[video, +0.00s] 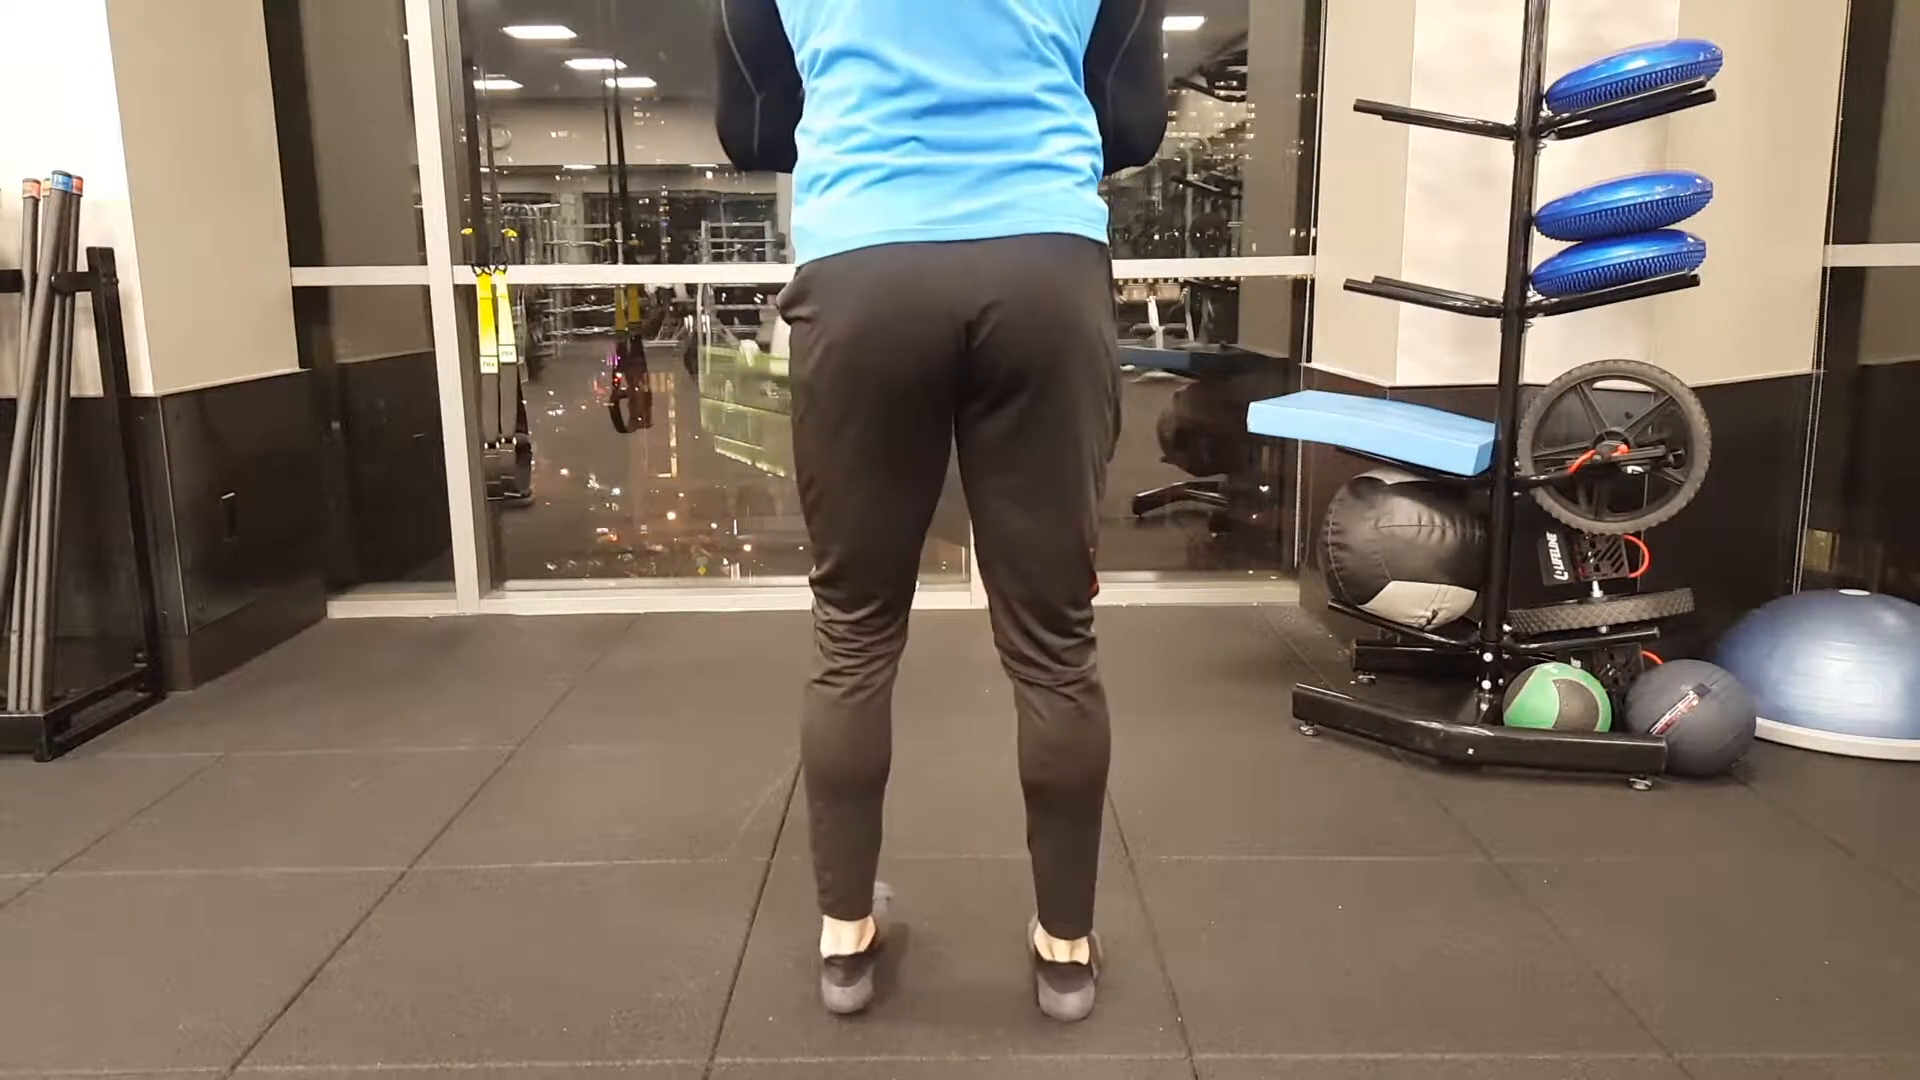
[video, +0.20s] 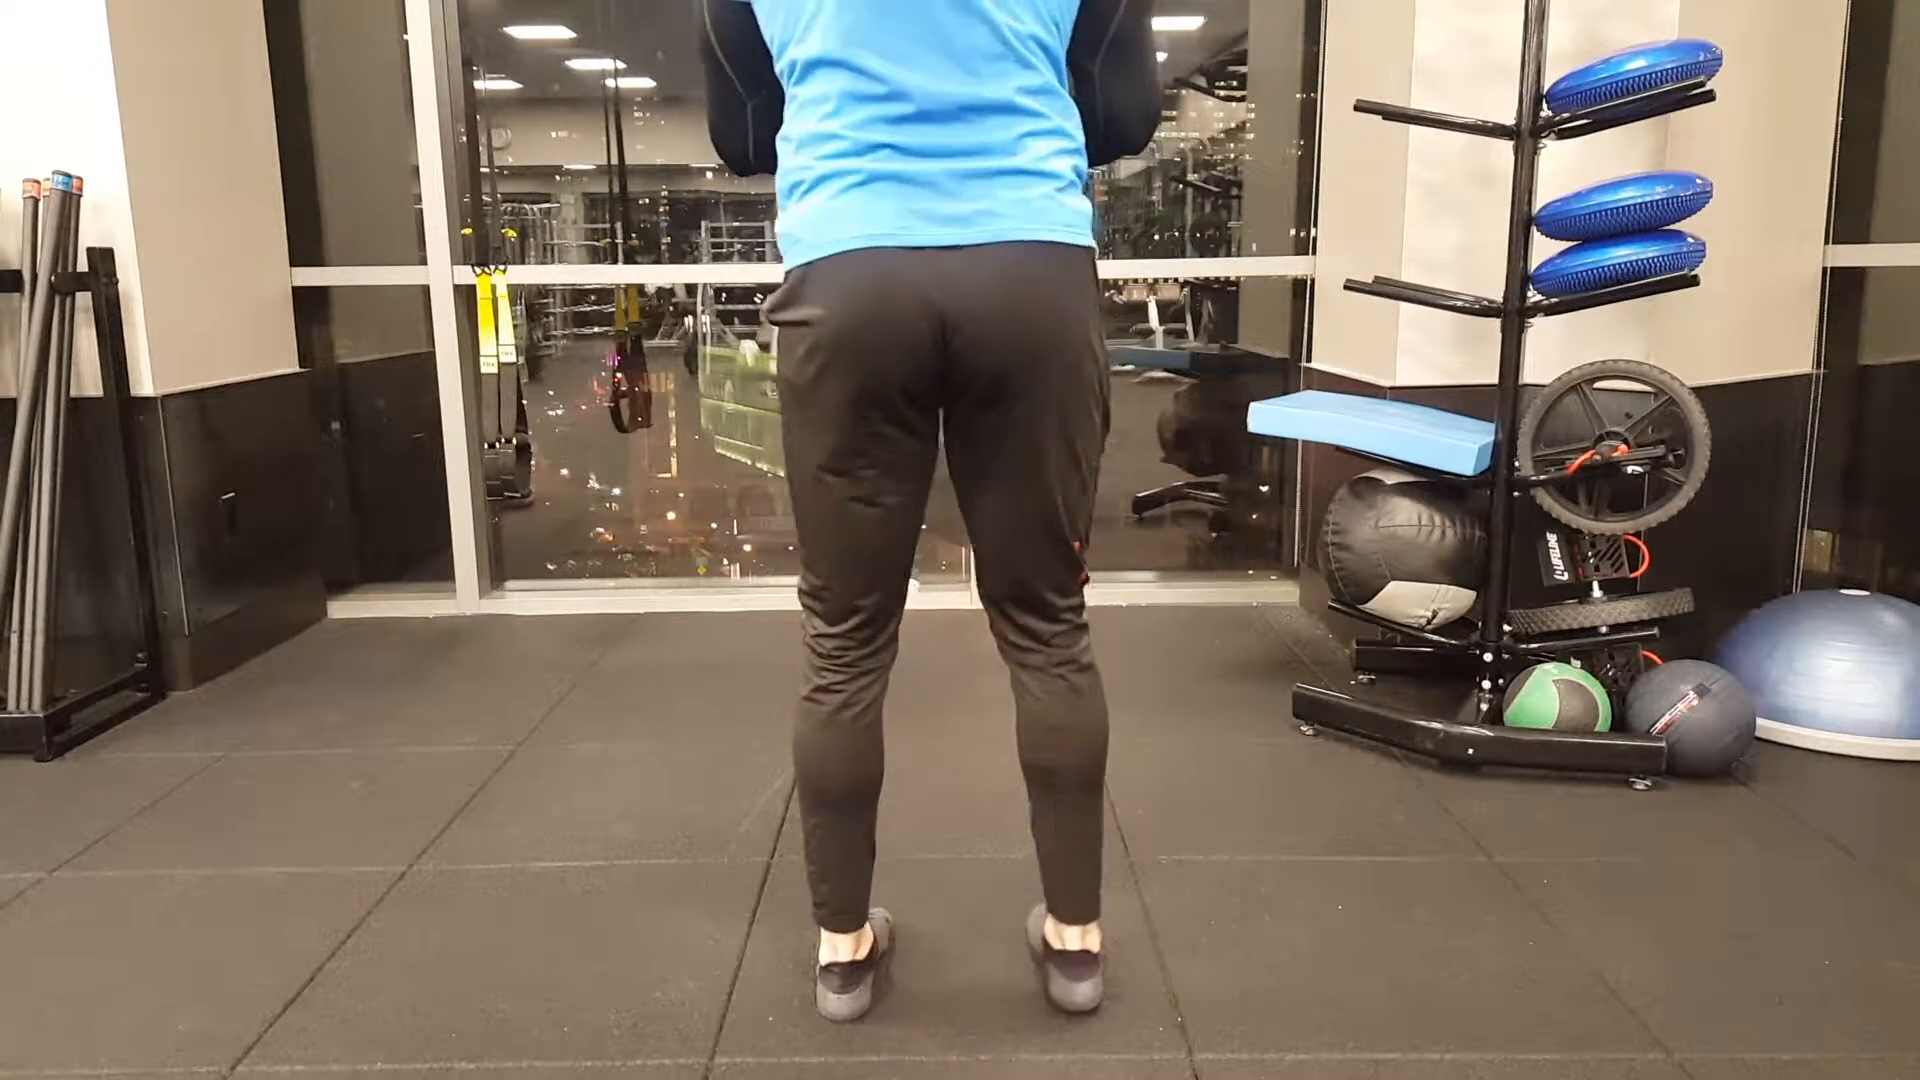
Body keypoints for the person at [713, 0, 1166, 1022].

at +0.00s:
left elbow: (753, 135)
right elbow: (1132, 128)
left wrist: (882, 117)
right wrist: (1004, 137)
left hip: (866, 268)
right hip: (1047, 260)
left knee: (854, 627)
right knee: (1052, 635)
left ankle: (845, 941)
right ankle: (1065, 954)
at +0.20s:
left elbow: (746, 141)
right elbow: (1123, 120)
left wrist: (871, 121)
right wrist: (1001, 117)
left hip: (849, 270)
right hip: (1031, 266)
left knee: (845, 638)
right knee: (1046, 621)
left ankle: (842, 951)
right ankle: (1076, 943)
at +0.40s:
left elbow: (744, 124)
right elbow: (1122, 114)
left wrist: (877, 102)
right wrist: (998, 101)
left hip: (848, 266)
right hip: (1031, 269)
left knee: (847, 637)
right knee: (1056, 627)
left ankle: (841, 950)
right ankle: (1094, 954)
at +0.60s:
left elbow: (767, 117)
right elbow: (1138, 123)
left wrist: (901, 90)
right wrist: (1010, 88)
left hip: (871, 267)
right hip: (1054, 265)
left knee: (854, 632)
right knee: (1071, 639)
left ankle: (838, 940)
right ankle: (1096, 958)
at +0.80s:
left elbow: (762, 120)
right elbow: (1137, 115)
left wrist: (889, 91)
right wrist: (1008, 89)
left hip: (859, 275)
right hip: (1042, 272)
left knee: (851, 646)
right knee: (1064, 638)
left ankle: (839, 953)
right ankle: (1095, 957)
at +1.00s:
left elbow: (759, 126)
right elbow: (1134, 117)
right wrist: (1011, 71)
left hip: (854, 278)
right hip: (1039, 278)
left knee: (845, 645)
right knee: (1062, 637)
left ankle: (836, 954)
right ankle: (1096, 958)